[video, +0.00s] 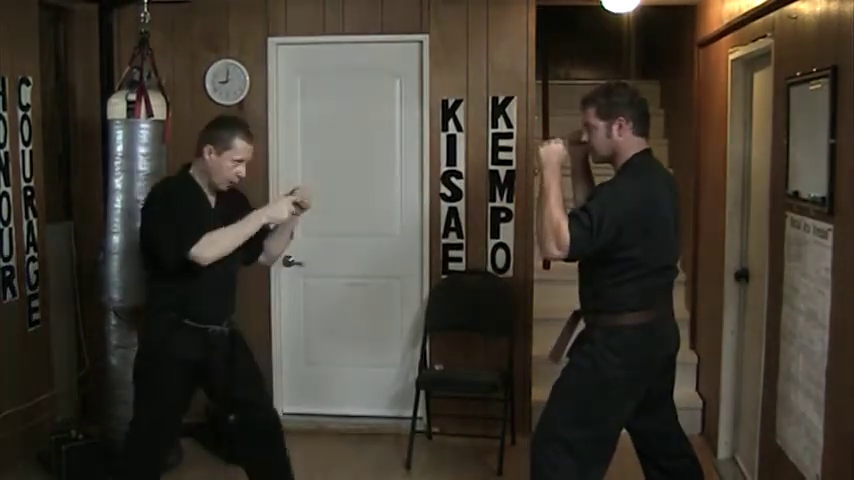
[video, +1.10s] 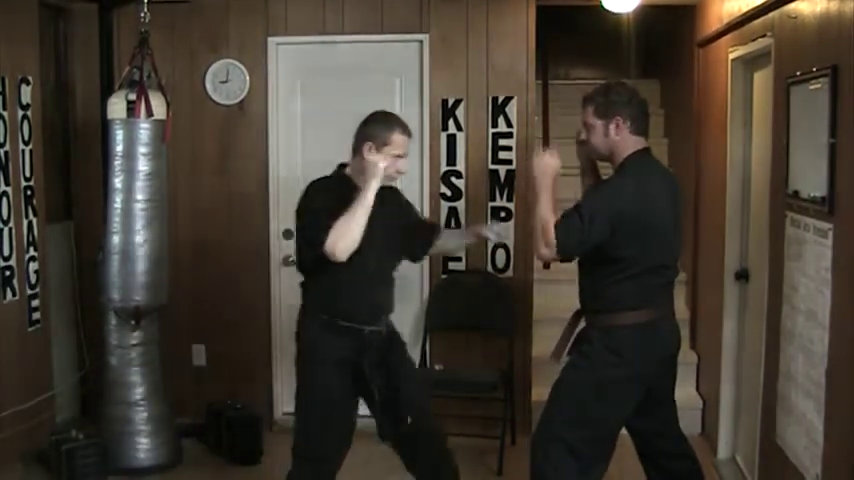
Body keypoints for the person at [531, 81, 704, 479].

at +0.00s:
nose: (586, 138)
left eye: (590, 128)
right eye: (585, 129)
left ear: (619, 127)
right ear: (626, 127)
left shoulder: (628, 187)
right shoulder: (659, 179)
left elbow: (560, 244)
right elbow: (594, 223)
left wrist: (551, 172)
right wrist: (580, 165)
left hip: (617, 343)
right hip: (655, 336)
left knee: (556, 451)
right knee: (665, 448)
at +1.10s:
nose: (584, 137)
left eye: (588, 127)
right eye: (583, 127)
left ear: (617, 126)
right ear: (625, 126)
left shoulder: (619, 189)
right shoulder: (664, 181)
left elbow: (550, 247)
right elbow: (602, 225)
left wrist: (544, 180)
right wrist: (588, 166)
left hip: (616, 343)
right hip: (658, 336)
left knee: (556, 451)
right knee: (665, 447)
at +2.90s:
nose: (585, 136)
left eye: (589, 126)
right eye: (584, 127)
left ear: (620, 126)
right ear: (624, 126)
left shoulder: (623, 186)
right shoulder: (659, 181)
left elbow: (556, 238)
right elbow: (590, 230)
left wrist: (545, 166)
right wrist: (576, 168)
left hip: (613, 340)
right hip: (652, 335)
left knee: (555, 452)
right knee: (662, 448)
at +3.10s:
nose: (585, 135)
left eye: (590, 125)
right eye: (584, 126)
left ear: (621, 126)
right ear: (624, 127)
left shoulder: (624, 185)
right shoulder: (659, 181)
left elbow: (555, 238)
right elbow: (592, 227)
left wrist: (543, 164)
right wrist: (576, 166)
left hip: (613, 341)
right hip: (652, 336)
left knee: (555, 452)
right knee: (661, 447)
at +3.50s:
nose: (586, 135)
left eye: (591, 126)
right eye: (585, 126)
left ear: (622, 126)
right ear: (625, 127)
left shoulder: (624, 187)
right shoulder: (660, 181)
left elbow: (557, 241)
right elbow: (593, 229)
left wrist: (544, 167)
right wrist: (576, 166)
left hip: (614, 342)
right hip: (654, 336)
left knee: (555, 453)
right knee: (662, 448)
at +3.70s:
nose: (586, 136)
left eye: (591, 126)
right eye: (586, 127)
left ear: (623, 126)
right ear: (626, 127)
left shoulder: (626, 187)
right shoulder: (660, 181)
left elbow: (558, 242)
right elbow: (592, 228)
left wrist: (544, 168)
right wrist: (578, 166)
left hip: (615, 342)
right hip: (655, 336)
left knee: (555, 453)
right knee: (663, 447)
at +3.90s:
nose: (586, 135)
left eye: (592, 126)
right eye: (586, 126)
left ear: (622, 127)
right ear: (626, 127)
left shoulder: (624, 187)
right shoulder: (662, 180)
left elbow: (555, 245)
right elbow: (598, 222)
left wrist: (541, 173)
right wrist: (582, 163)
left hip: (616, 343)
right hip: (658, 337)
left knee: (556, 454)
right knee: (664, 448)